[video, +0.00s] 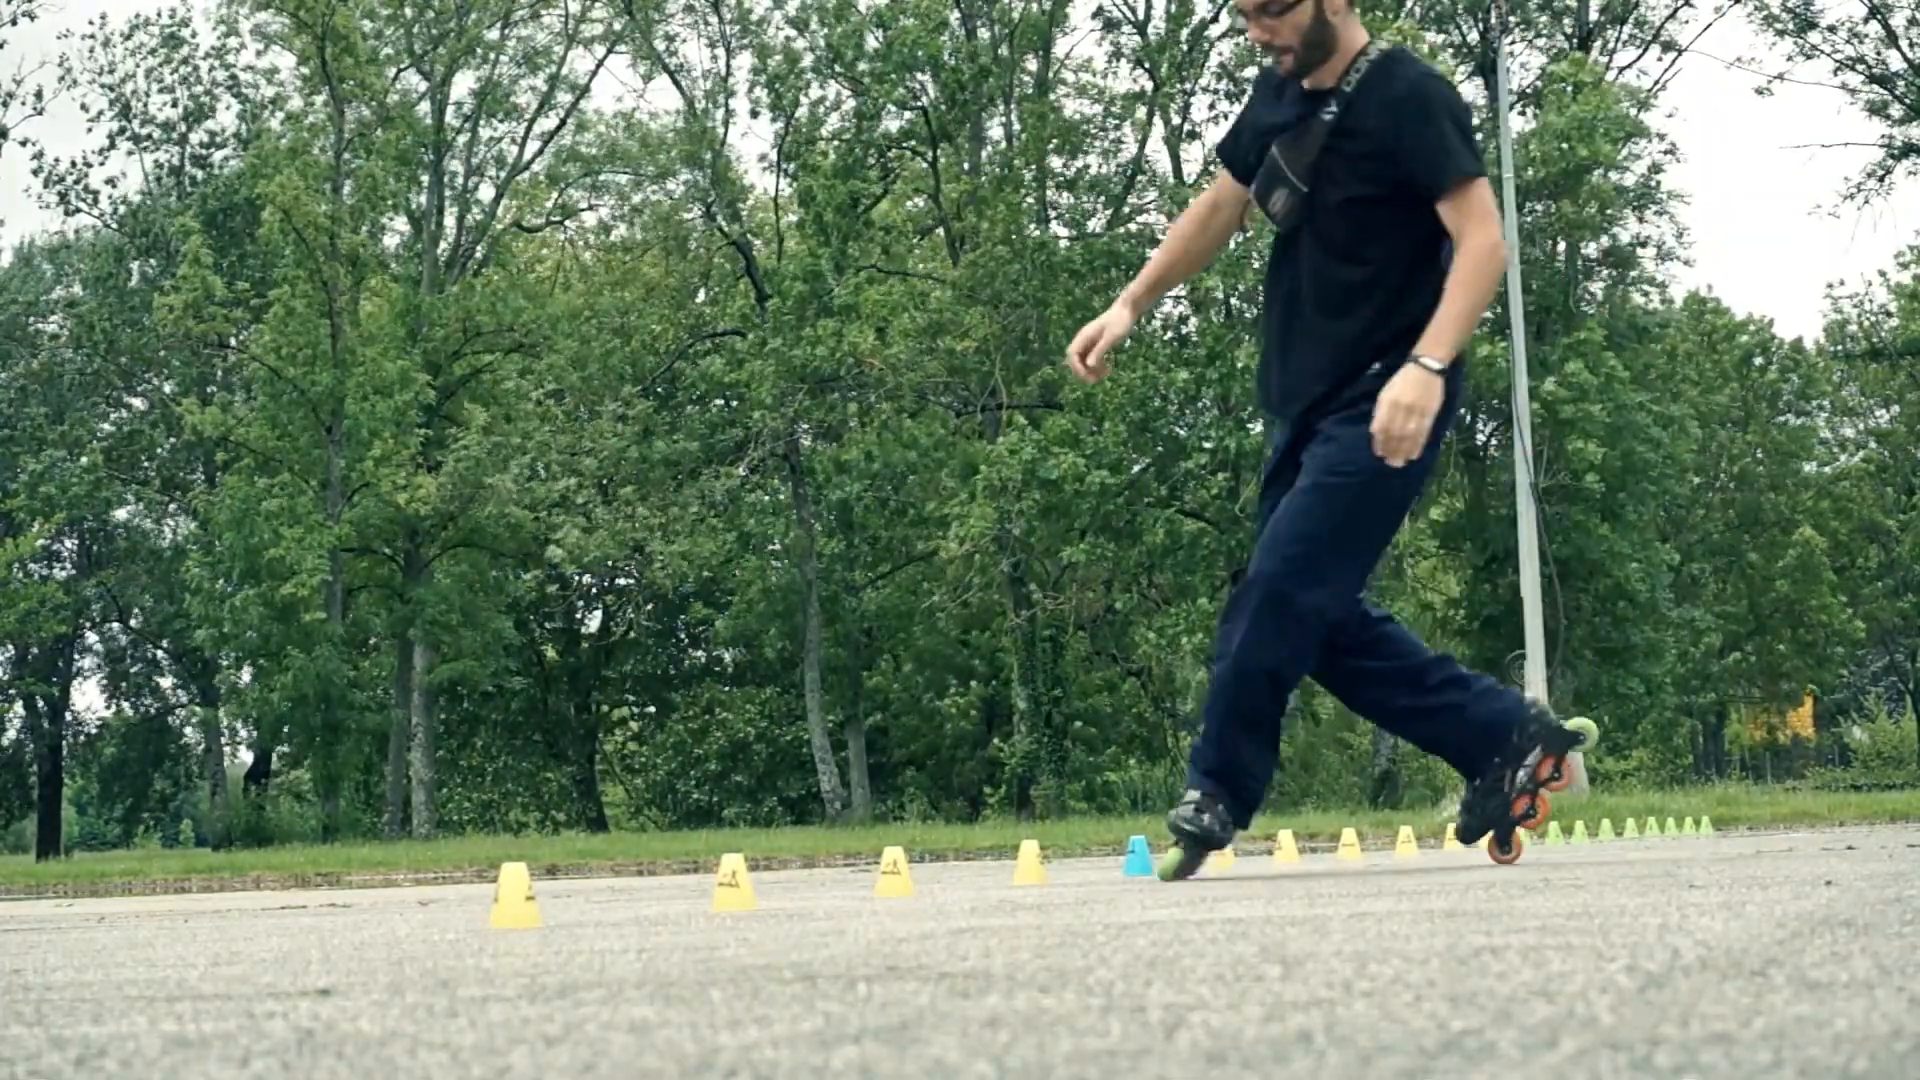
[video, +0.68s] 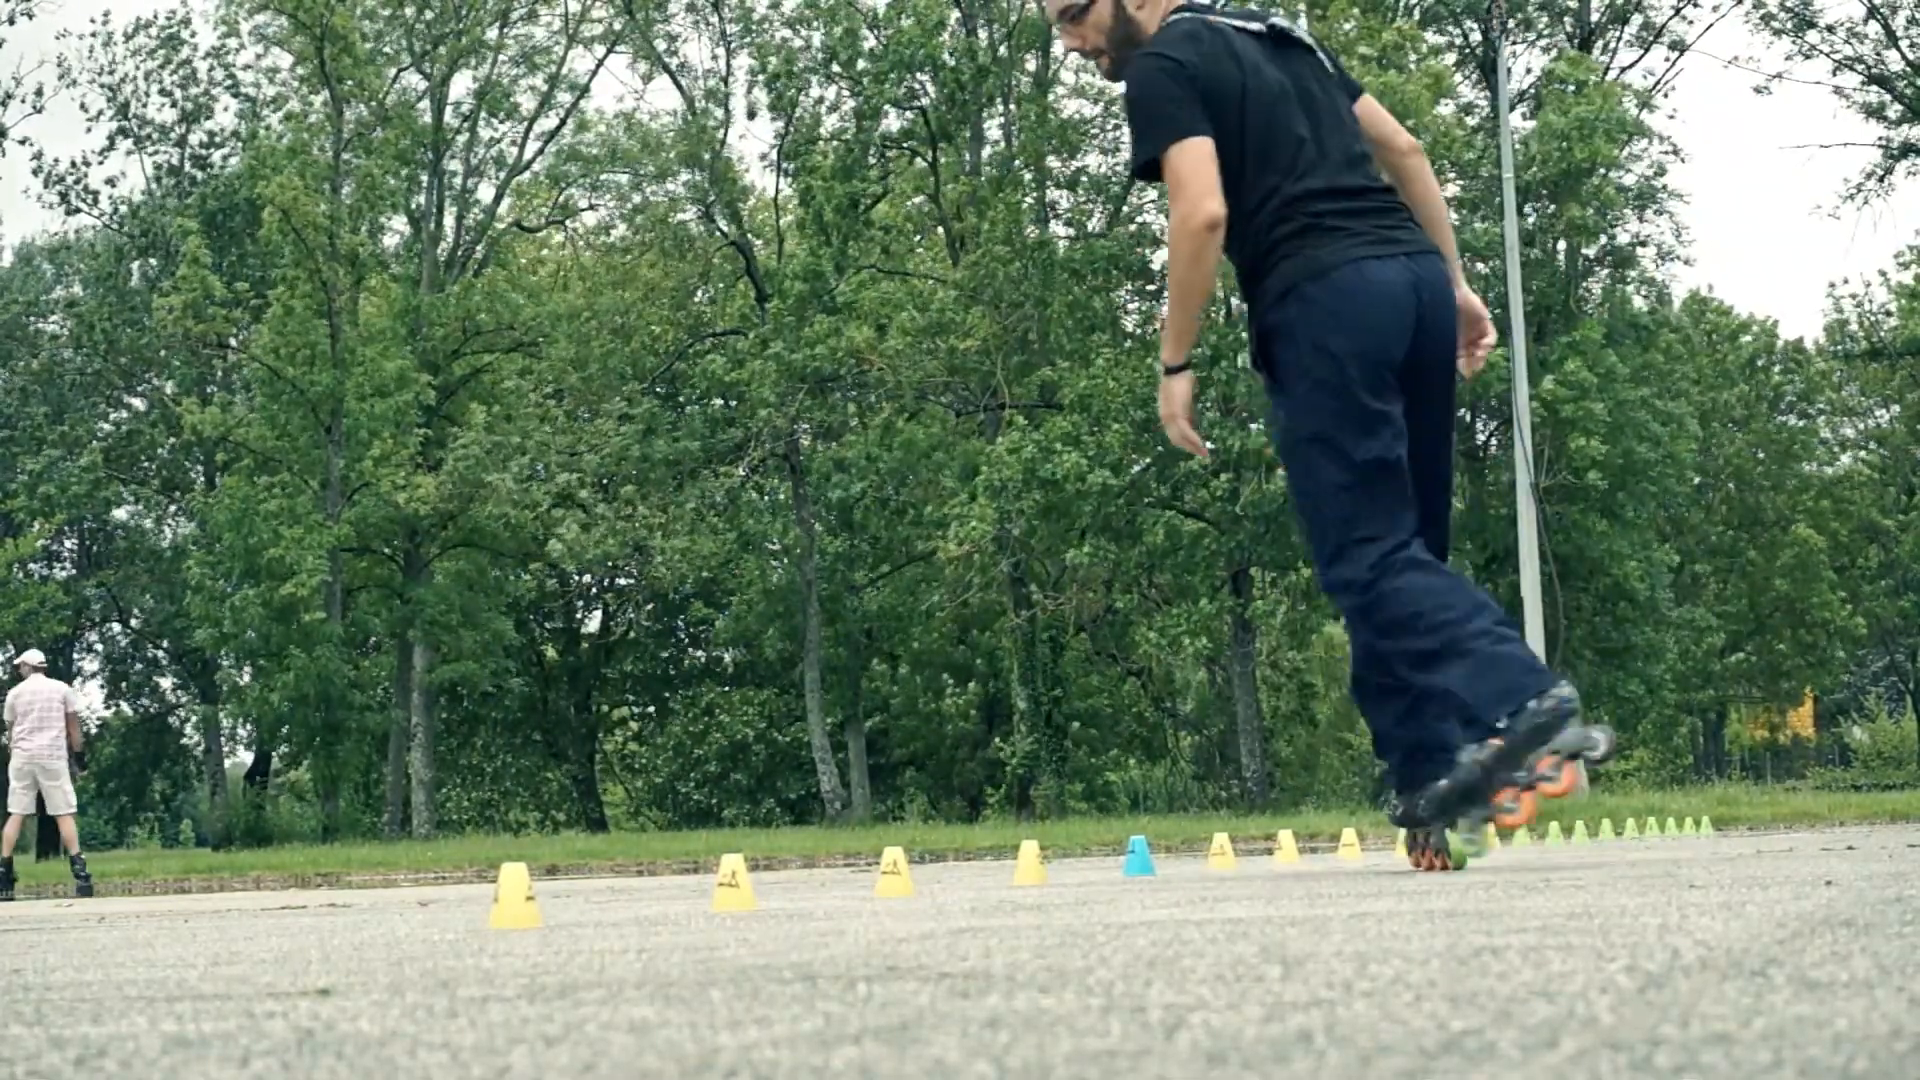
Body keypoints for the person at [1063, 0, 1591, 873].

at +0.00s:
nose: (1260, 33)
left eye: (1274, 14)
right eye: (1249, 19)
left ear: (1332, 1)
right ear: (1248, 16)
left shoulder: (1405, 90)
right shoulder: (1277, 96)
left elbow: (1483, 239)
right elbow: (1216, 208)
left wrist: (1429, 365)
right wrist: (1128, 306)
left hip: (1391, 394)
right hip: (1307, 410)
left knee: (1281, 584)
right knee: (1306, 611)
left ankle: (1217, 792)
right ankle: (1507, 740)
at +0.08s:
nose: (1224, 28)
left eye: (1239, 9)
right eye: (1216, 14)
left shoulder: (1377, 82)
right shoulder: (1278, 90)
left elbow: (1441, 242)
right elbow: (1246, 203)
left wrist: (1368, 373)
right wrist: (1159, 305)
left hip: (1386, 383)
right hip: (1320, 390)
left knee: (1274, 577)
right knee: (1335, 600)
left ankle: (1266, 805)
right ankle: (1520, 735)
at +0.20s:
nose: (1197, 26)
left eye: (1206, 6)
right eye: (1191, 12)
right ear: (1255, 10)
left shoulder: (1343, 73)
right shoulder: (1282, 89)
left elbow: (1392, 239)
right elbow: (1290, 200)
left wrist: (1308, 374)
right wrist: (1227, 290)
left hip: (1399, 359)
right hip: (1377, 362)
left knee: (1294, 571)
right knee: (1376, 581)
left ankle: (1377, 803)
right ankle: (1541, 737)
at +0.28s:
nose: (1186, 24)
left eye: (1194, 4)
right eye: (1181, 11)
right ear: (1258, 3)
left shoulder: (1318, 73)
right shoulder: (1324, 62)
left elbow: (1372, 233)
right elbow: (1335, 208)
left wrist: (1290, 374)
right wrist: (1283, 277)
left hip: (1396, 349)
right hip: (1438, 342)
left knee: (1340, 584)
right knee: (1399, 578)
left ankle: (1464, 799)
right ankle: (1539, 738)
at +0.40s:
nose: (1162, 27)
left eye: (1168, 5)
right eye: (1155, 12)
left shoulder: (1275, 70)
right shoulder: (1340, 49)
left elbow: (1328, 231)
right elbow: (1394, 213)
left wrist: (1273, 375)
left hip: (1407, 343)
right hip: (1469, 329)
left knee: (1413, 578)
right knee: (1351, 543)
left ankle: (1548, 794)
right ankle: (1448, 765)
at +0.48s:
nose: (1137, 32)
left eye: (1145, 9)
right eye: (1128, 17)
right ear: (1230, 0)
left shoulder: (1243, 71)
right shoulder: (1332, 49)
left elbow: (1295, 224)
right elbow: (1422, 163)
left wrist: (1255, 364)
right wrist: (1388, 266)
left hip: (1391, 324)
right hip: (1470, 310)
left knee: (1440, 566)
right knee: (1363, 559)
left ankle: (1574, 788)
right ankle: (1400, 779)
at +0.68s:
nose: (1071, 43)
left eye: (1071, 18)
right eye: (1059, 29)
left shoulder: (1159, 62)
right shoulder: (1287, 43)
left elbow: (1201, 213)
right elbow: (1400, 147)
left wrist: (1174, 361)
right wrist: (1453, 277)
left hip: (1327, 300)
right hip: (1422, 285)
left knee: (1363, 555)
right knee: (1402, 550)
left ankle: (1528, 703)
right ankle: (1427, 780)